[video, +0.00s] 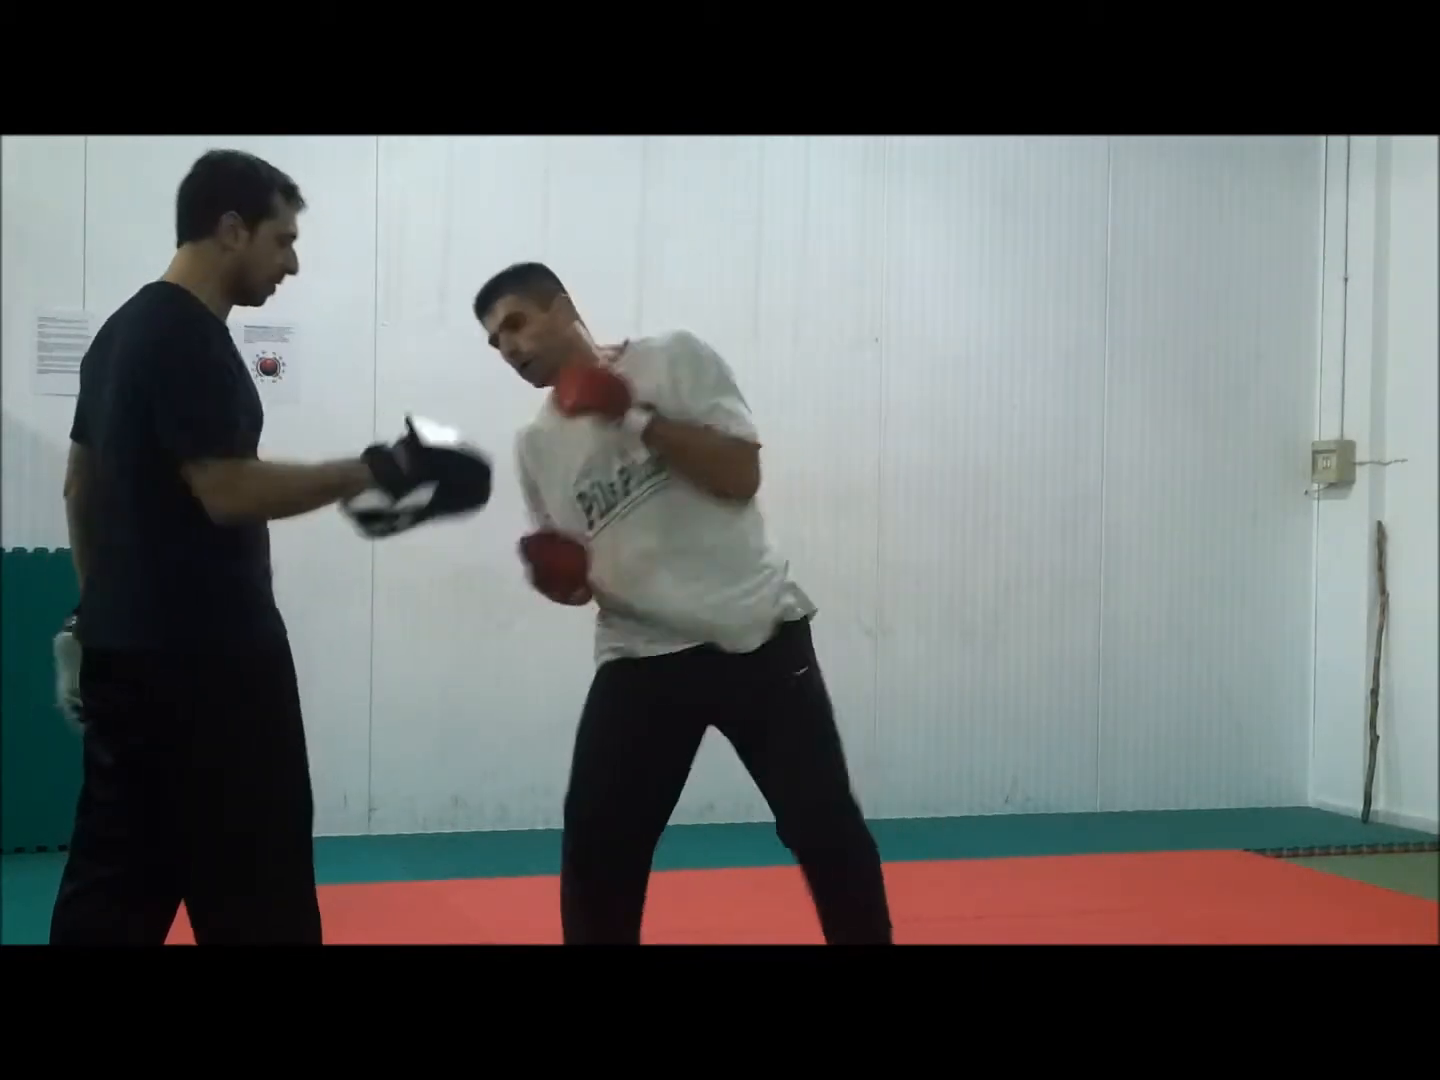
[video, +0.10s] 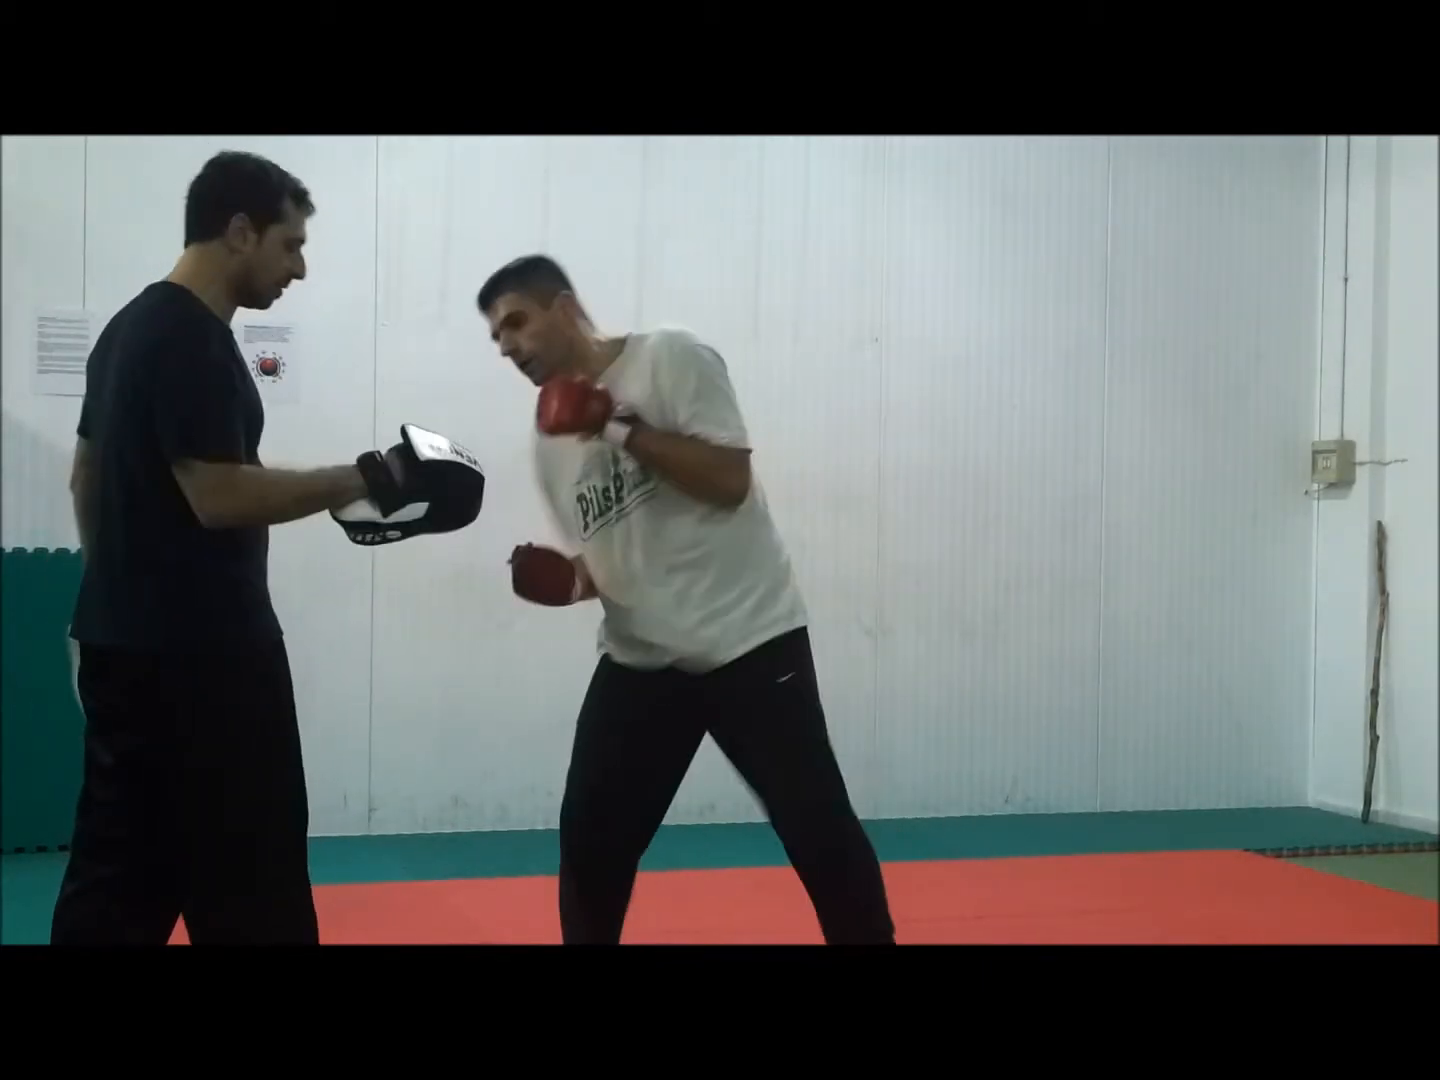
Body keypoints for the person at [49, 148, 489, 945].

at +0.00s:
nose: (293, 262)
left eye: (294, 242)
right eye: (285, 239)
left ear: (223, 231)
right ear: (231, 227)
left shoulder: (120, 332)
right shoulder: (192, 336)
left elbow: (83, 490)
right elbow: (227, 493)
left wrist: (95, 612)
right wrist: (371, 471)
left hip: (127, 654)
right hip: (216, 657)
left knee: (115, 875)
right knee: (259, 885)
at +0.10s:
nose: (300, 267)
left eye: (302, 247)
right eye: (293, 244)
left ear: (223, 231)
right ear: (239, 230)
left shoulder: (130, 327)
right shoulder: (196, 336)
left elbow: (88, 478)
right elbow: (220, 496)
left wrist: (117, 582)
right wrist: (364, 477)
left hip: (125, 641)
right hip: (210, 647)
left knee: (119, 867)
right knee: (255, 874)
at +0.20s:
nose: (309, 270)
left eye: (311, 250)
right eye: (303, 247)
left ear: (242, 235)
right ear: (252, 234)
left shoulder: (129, 328)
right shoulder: (200, 337)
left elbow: (97, 480)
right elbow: (227, 502)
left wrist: (151, 572)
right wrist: (367, 480)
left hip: (122, 638)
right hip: (212, 646)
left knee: (117, 865)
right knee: (254, 872)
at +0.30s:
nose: (313, 272)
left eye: (315, 252)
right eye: (308, 249)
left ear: (239, 235)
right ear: (258, 235)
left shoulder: (129, 328)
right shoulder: (206, 338)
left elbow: (93, 478)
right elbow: (238, 506)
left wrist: (137, 575)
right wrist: (374, 482)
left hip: (123, 638)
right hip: (216, 648)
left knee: (116, 869)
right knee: (257, 876)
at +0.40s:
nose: (306, 269)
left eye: (309, 250)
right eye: (303, 246)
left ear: (221, 232)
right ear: (254, 233)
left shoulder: (111, 340)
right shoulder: (224, 353)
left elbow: (80, 492)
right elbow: (277, 516)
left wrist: (95, 601)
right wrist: (412, 518)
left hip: (127, 665)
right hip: (234, 670)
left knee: (113, 882)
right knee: (268, 894)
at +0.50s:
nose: (306, 269)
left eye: (309, 249)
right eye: (302, 245)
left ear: (222, 232)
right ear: (254, 233)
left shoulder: (111, 341)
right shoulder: (223, 353)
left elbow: (79, 491)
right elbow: (277, 516)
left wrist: (96, 600)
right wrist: (412, 518)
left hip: (128, 665)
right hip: (234, 669)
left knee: (113, 882)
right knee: (269, 891)